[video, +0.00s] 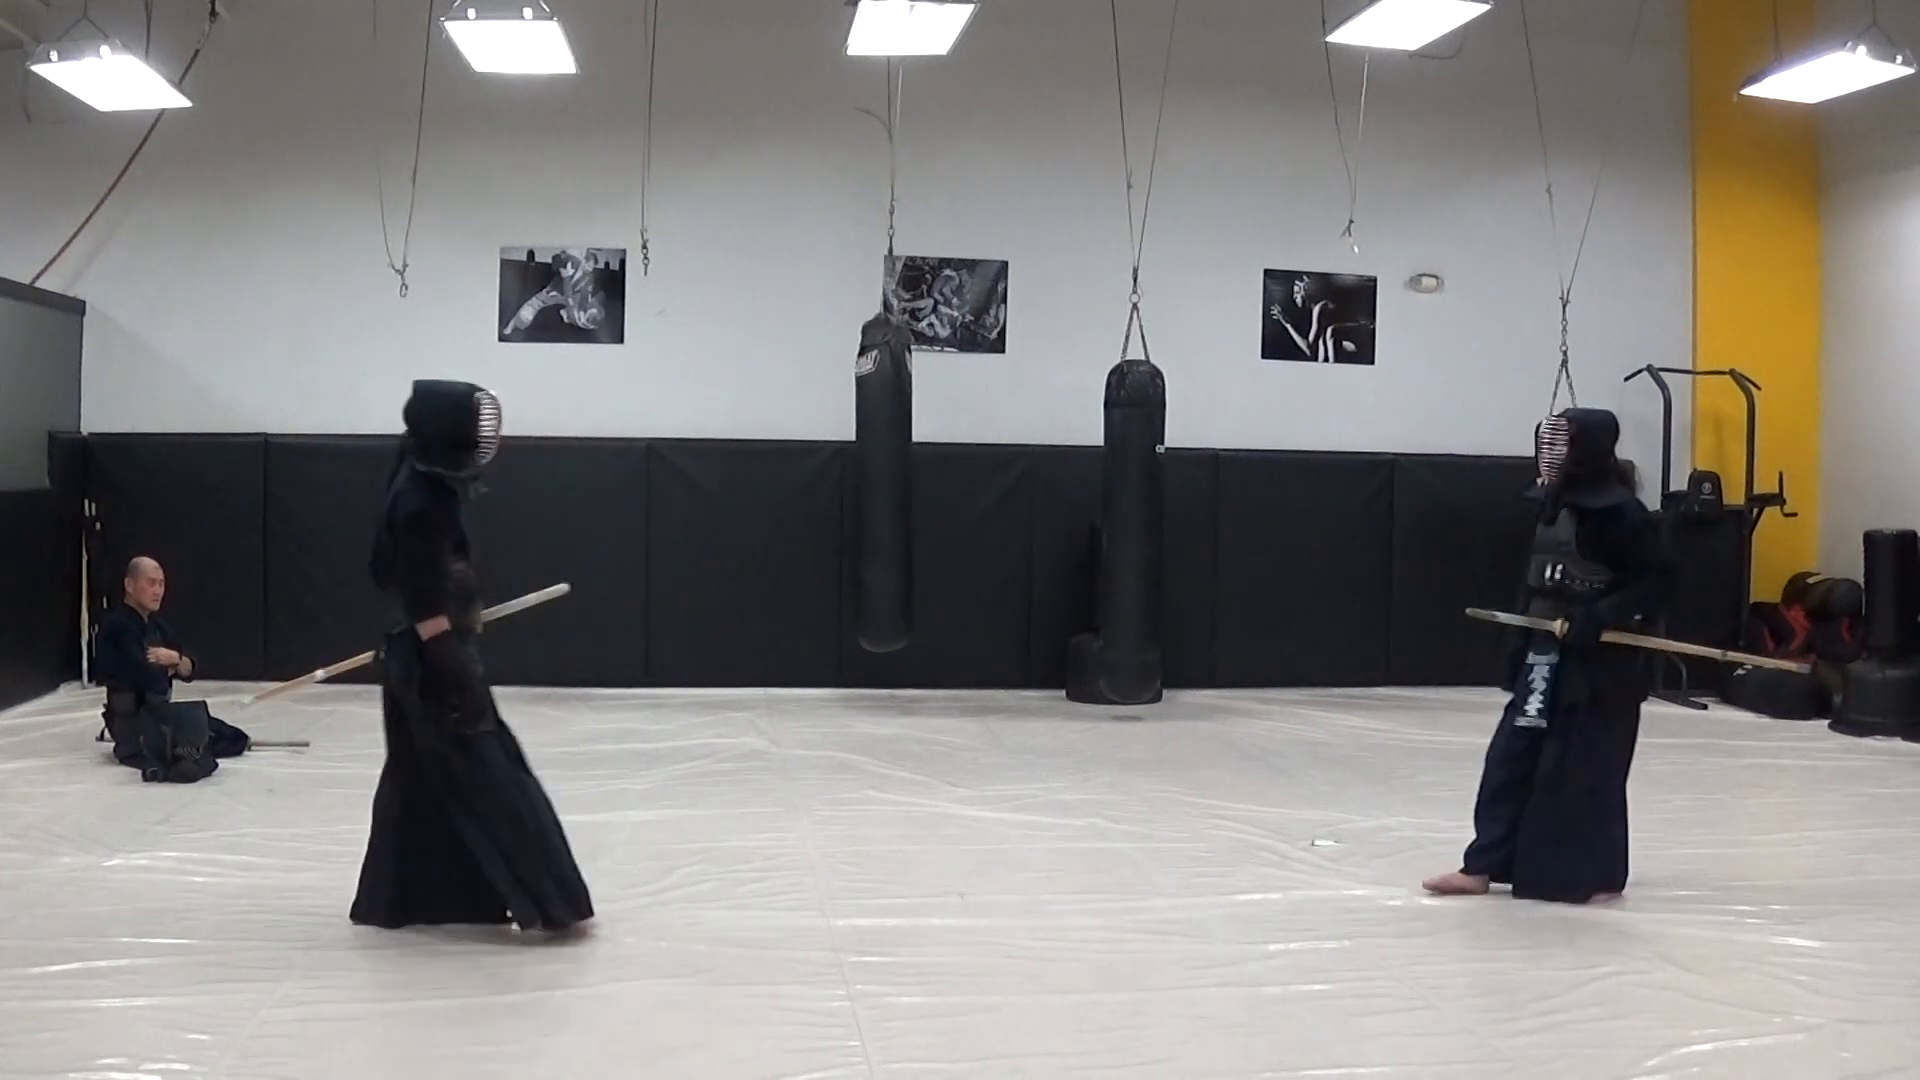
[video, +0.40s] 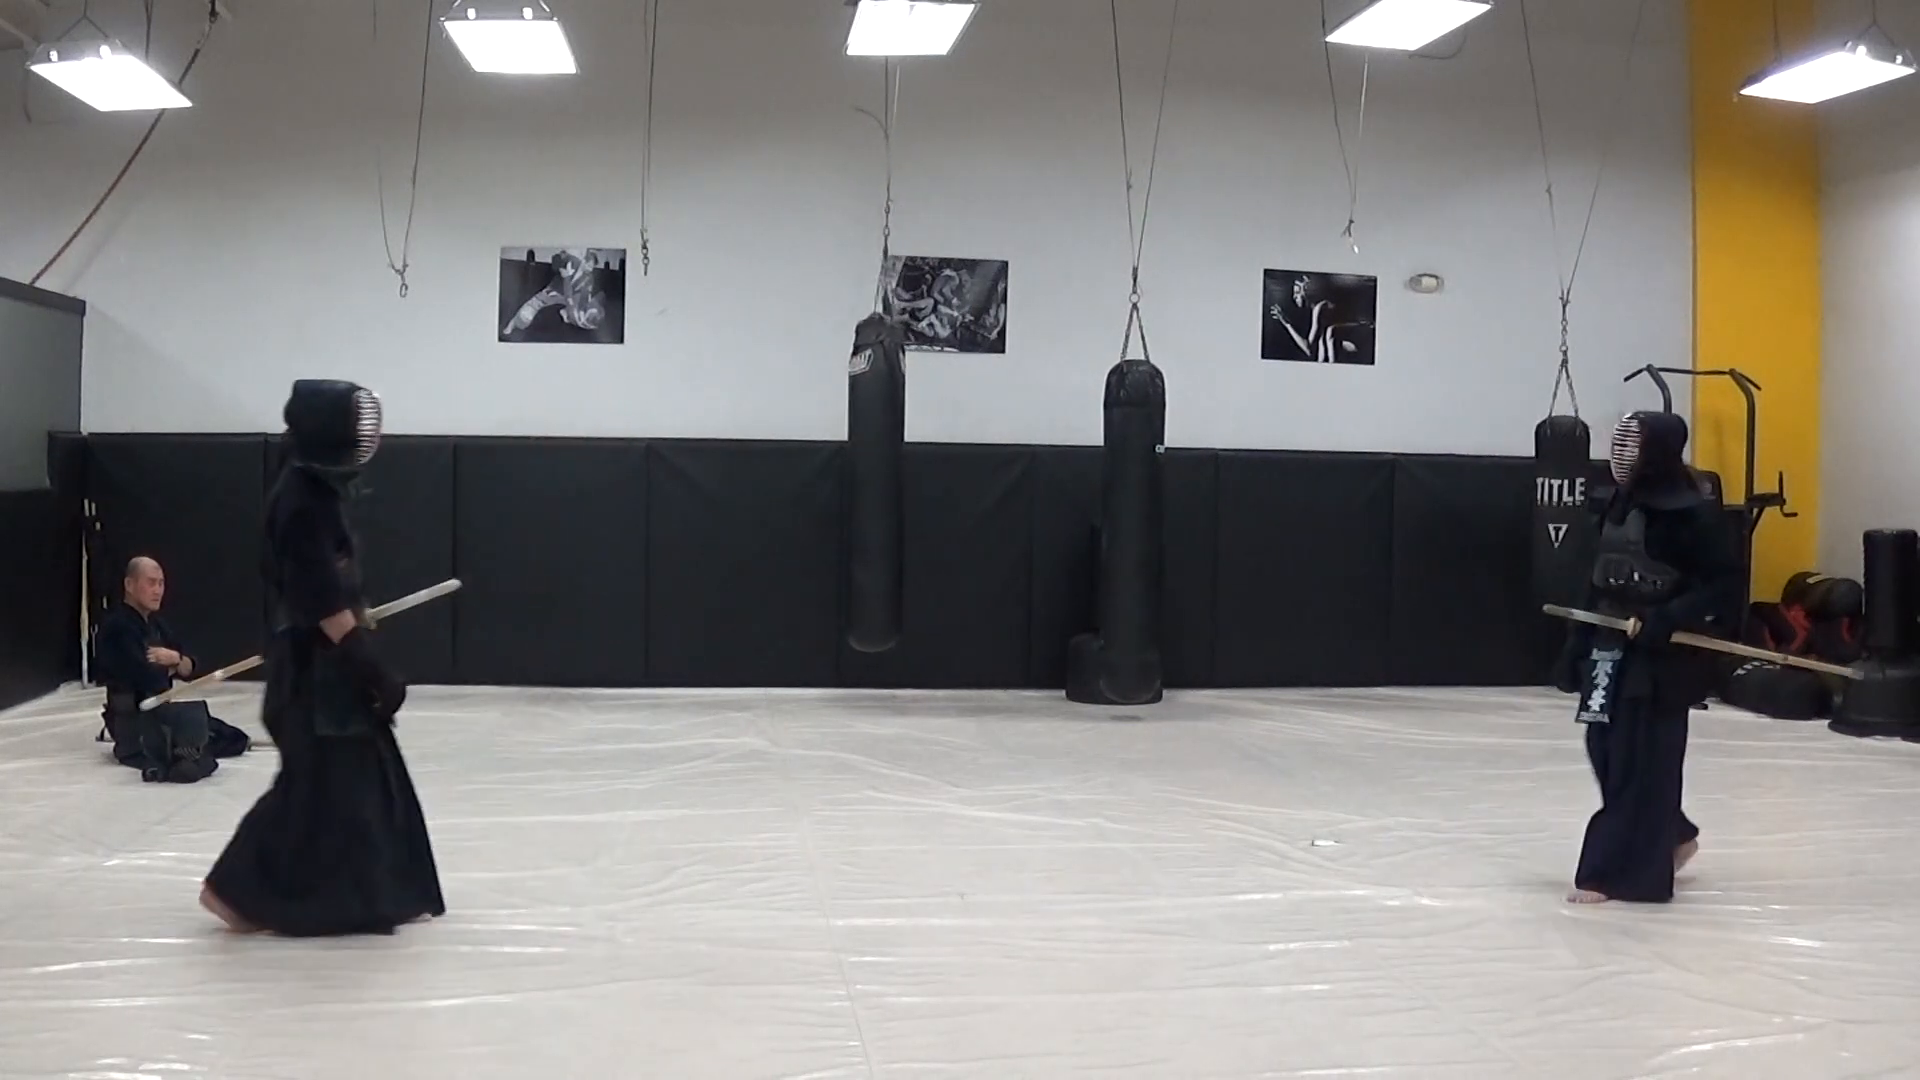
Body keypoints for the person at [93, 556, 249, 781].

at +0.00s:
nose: (158, 591)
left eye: (161, 584)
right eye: (151, 583)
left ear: (164, 586)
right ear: (129, 585)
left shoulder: (156, 624)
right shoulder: (117, 625)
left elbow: (190, 671)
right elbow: (150, 683)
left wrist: (176, 658)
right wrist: (173, 667)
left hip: (161, 720)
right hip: (130, 728)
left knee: (236, 740)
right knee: (199, 759)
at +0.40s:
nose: (158, 590)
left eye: (161, 583)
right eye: (151, 582)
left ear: (164, 586)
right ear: (129, 585)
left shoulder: (156, 622)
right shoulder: (117, 625)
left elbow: (191, 670)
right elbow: (149, 683)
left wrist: (176, 658)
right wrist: (172, 668)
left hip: (163, 716)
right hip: (131, 725)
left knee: (237, 740)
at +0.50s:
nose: (159, 590)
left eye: (161, 584)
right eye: (152, 582)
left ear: (165, 586)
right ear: (129, 585)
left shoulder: (158, 622)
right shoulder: (117, 624)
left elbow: (190, 667)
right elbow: (142, 676)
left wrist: (175, 658)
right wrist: (175, 669)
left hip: (162, 711)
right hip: (130, 718)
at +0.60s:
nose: (158, 591)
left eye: (161, 584)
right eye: (151, 583)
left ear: (165, 586)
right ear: (129, 585)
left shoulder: (157, 624)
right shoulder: (117, 624)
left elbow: (193, 670)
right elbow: (146, 676)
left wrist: (173, 659)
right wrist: (179, 665)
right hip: (130, 727)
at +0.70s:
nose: (158, 590)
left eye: (161, 584)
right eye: (151, 583)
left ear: (165, 586)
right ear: (129, 585)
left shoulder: (161, 624)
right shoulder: (114, 623)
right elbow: (109, 675)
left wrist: (166, 657)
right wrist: (148, 661)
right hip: (128, 719)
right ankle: (129, 749)